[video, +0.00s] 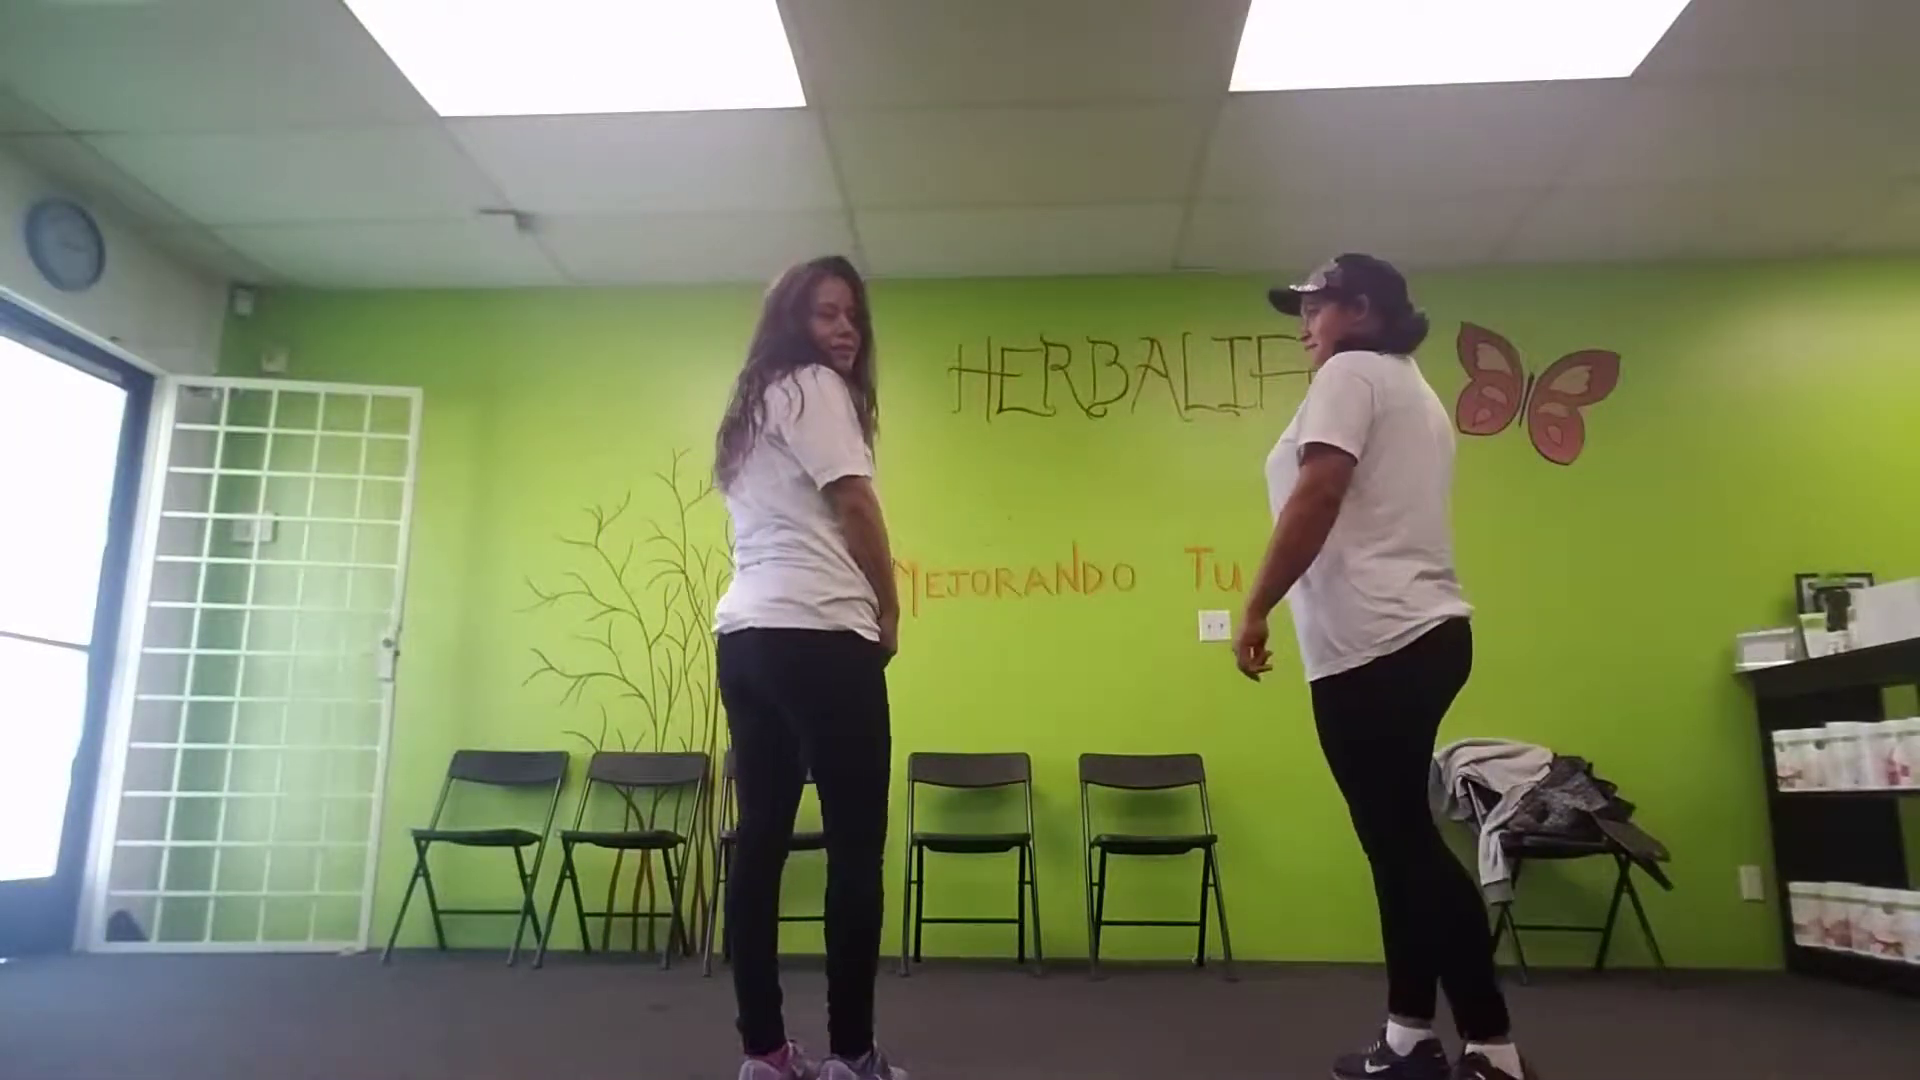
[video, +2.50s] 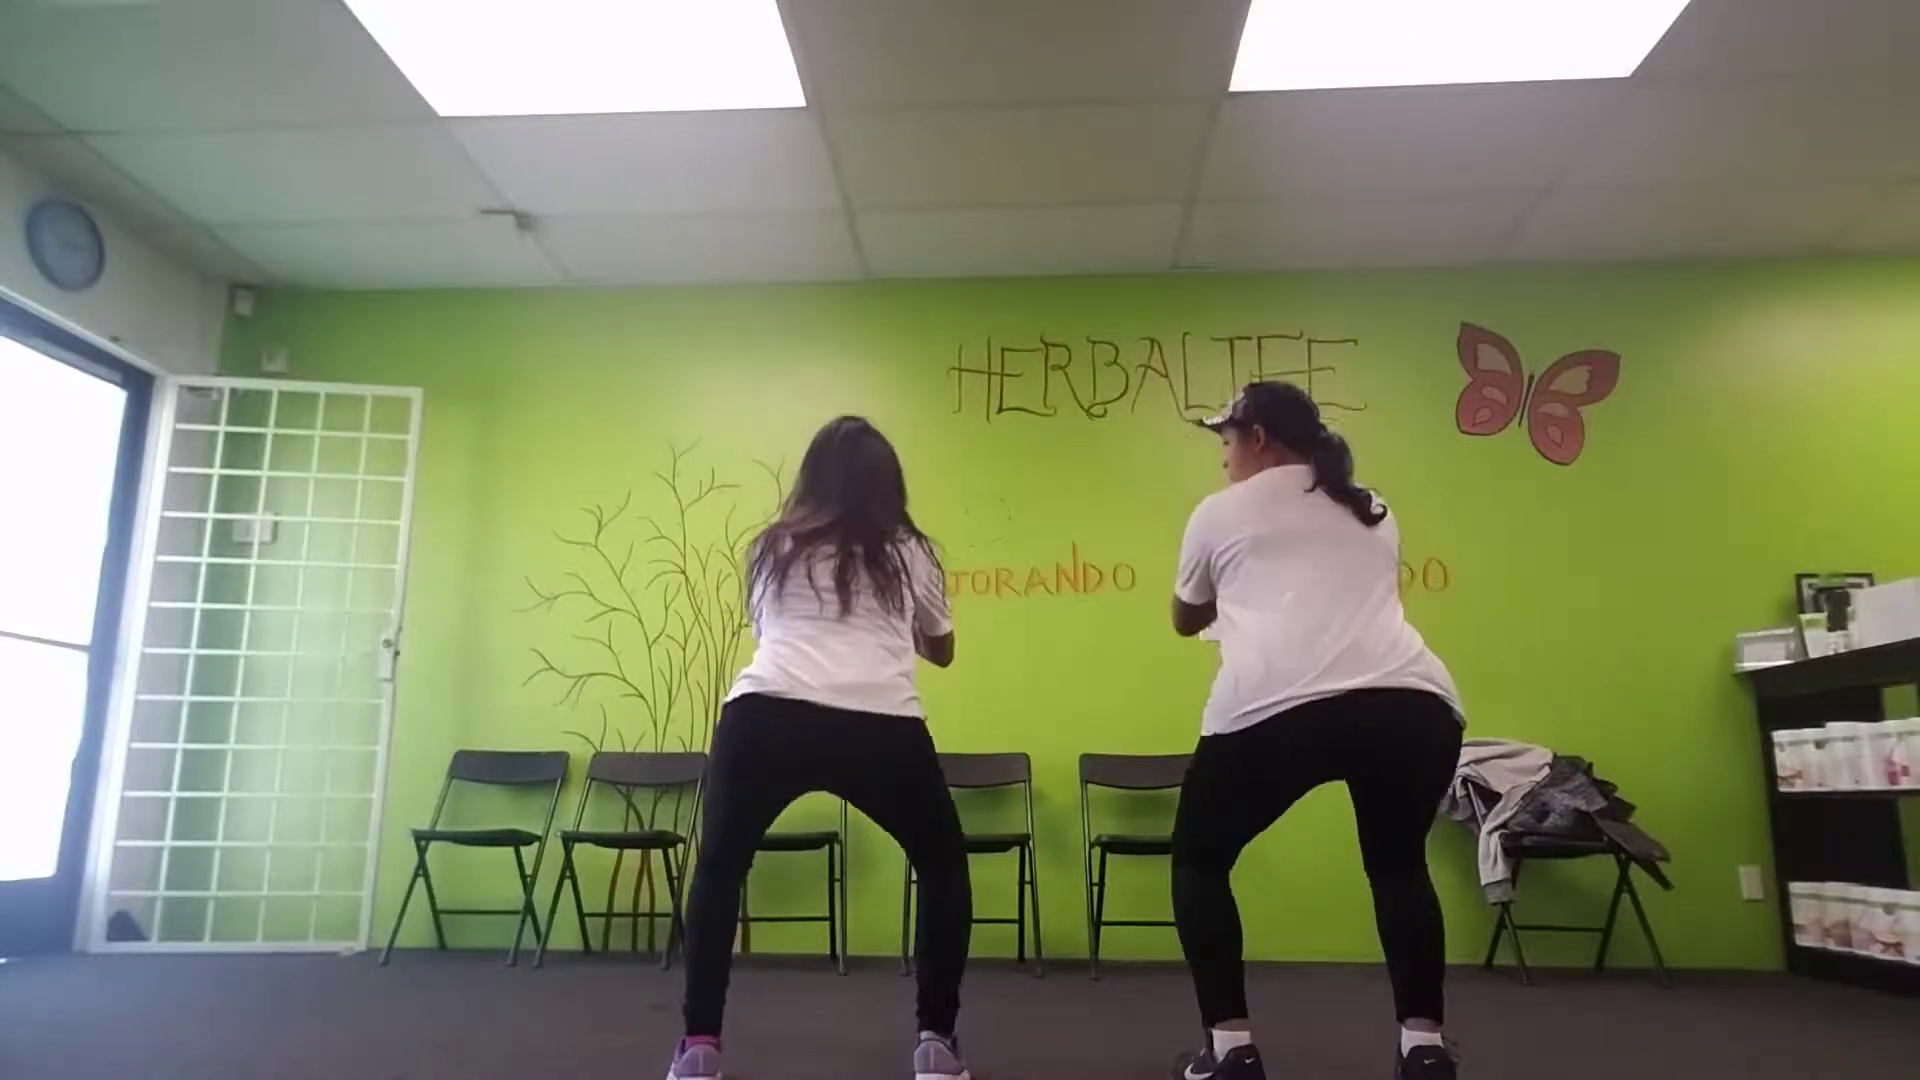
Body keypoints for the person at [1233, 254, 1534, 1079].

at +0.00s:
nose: (1303, 324)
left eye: (1316, 308)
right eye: (1305, 309)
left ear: (1362, 312)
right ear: (1374, 320)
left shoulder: (1349, 374)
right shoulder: (1412, 389)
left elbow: (1319, 496)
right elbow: (1399, 516)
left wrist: (1256, 606)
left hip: (1373, 647)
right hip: (1419, 637)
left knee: (1403, 842)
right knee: (1396, 839)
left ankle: (1492, 1052)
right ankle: (1410, 1040)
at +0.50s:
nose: (1289, 347)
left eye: (1296, 332)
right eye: (1290, 333)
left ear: (1335, 331)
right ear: (1364, 337)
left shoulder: (1325, 381)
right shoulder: (1419, 419)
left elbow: (1300, 482)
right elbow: (1446, 557)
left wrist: (1224, 581)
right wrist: (1376, 605)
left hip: (1344, 645)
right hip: (1418, 640)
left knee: (1348, 835)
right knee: (1393, 836)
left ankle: (1473, 1027)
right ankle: (1414, 1033)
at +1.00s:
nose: (1264, 347)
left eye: (1271, 332)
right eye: (1265, 332)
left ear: (1304, 330)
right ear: (1348, 333)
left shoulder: (1264, 404)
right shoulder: (1413, 411)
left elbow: (1191, 520)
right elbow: (1430, 533)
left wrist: (1235, 463)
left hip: (1291, 651)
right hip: (1409, 646)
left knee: (1260, 844)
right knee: (1403, 840)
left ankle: (1250, 1044)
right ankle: (1415, 1046)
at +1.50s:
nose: (1197, 326)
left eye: (1204, 313)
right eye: (1199, 313)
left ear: (1226, 316)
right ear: (1282, 315)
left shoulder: (1177, 394)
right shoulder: (1341, 391)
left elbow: (1146, 504)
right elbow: (1350, 503)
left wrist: (1230, 467)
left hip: (1220, 647)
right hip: (1341, 637)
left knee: (1230, 844)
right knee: (1361, 828)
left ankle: (1234, 1050)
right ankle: (1412, 1033)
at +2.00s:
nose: (1238, 336)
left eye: (1242, 322)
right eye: (1239, 322)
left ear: (1273, 319)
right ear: (1322, 316)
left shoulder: (1240, 404)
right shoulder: (1398, 400)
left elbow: (1197, 497)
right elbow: (1384, 491)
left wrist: (1264, 437)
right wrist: (1286, 458)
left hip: (1274, 646)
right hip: (1395, 639)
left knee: (1245, 844)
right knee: (1394, 841)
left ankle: (1239, 1045)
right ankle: (1425, 1047)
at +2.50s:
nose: (1224, 458)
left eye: (1229, 443)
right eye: (1225, 443)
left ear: (1259, 440)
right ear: (1305, 443)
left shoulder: (1219, 514)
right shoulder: (1373, 510)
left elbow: (1187, 618)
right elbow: (1375, 595)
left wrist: (1266, 583)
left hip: (1274, 716)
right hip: (1409, 709)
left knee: (1200, 863)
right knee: (1399, 862)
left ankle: (1231, 1049)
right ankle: (1424, 1043)